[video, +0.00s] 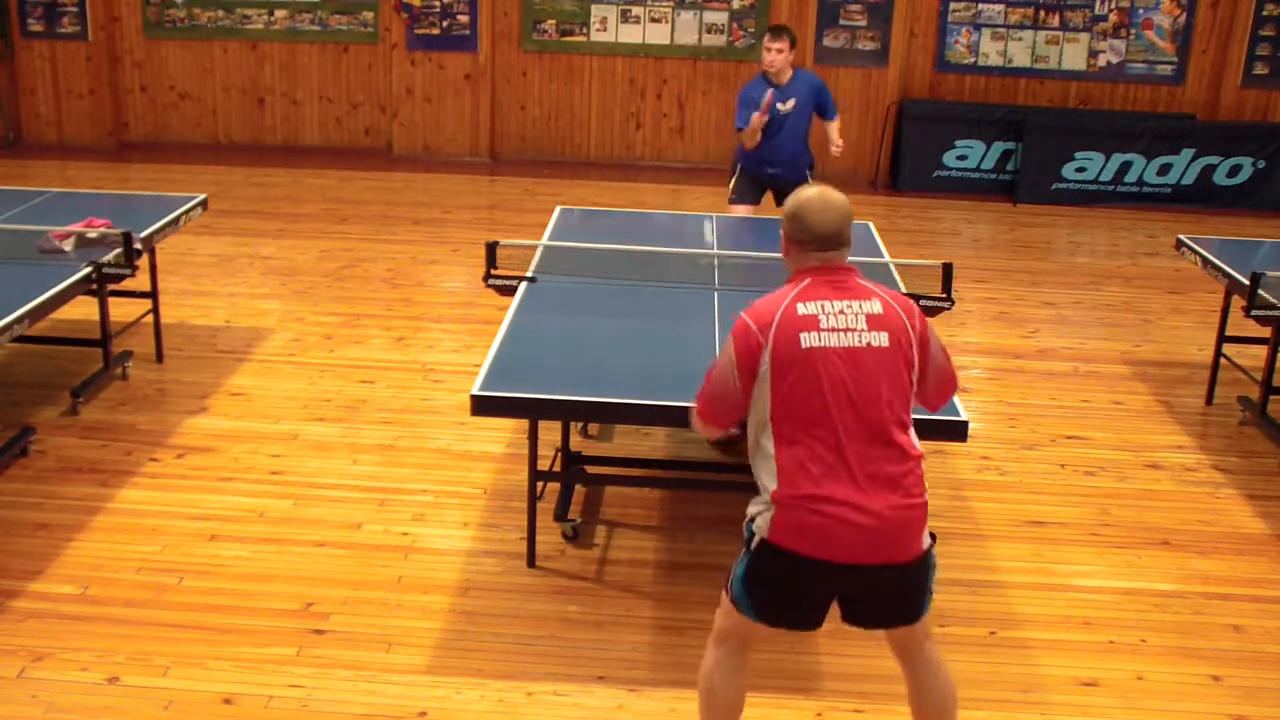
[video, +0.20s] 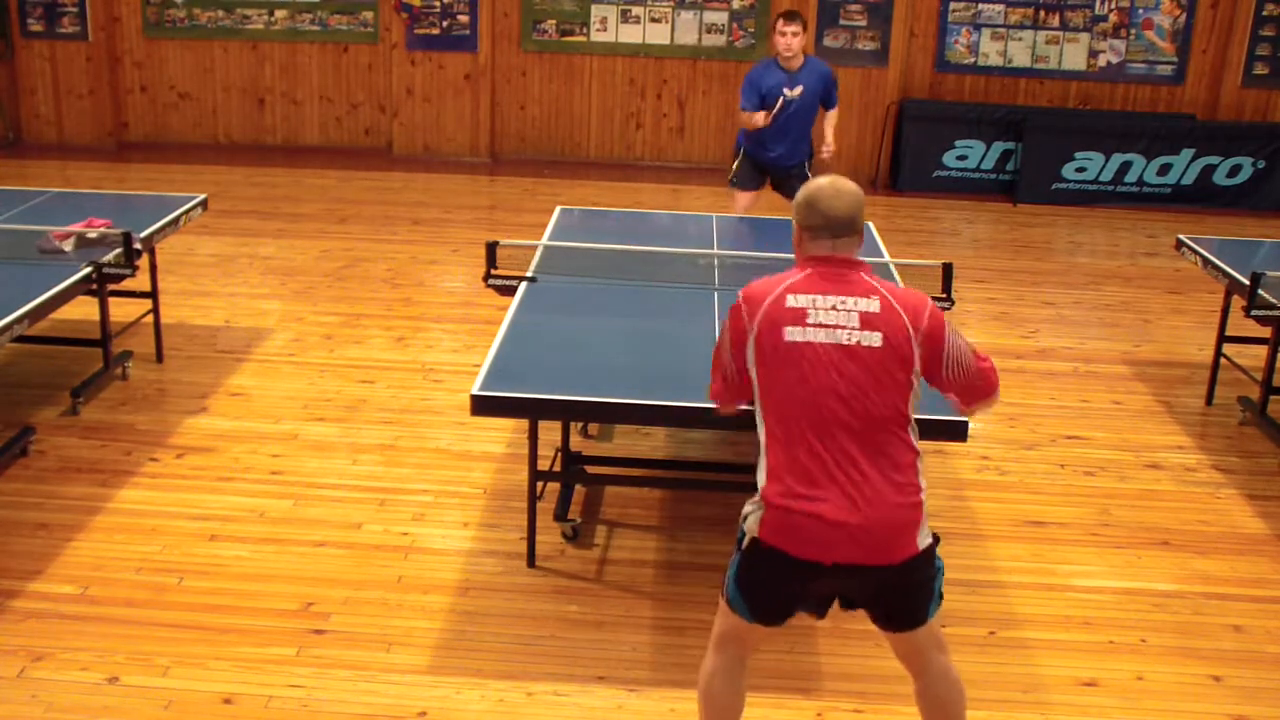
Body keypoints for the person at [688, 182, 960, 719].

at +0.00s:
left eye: (785, 232)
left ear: (786, 242)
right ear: (850, 241)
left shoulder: (762, 320)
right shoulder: (903, 312)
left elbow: (709, 421)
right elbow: (938, 391)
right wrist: (873, 371)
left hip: (798, 538)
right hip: (896, 542)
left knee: (729, 640)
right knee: (917, 646)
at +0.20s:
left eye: (793, 225)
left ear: (797, 233)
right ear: (864, 235)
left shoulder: (759, 301)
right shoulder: (909, 308)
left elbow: (729, 399)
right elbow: (980, 388)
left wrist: (790, 359)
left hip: (788, 537)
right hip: (890, 542)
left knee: (730, 642)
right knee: (928, 657)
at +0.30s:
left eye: (787, 220)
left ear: (790, 227)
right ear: (859, 229)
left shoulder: (749, 288)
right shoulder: (897, 302)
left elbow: (726, 380)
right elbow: (994, 389)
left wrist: (721, 378)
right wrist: (994, 416)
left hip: (779, 530)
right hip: (882, 535)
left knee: (730, 645)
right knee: (923, 657)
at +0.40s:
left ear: (792, 230)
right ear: (864, 232)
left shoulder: (751, 299)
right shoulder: (907, 308)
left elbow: (735, 416)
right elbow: (1000, 377)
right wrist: (1003, 412)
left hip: (776, 534)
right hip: (880, 541)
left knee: (731, 647)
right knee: (921, 676)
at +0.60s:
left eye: (813, 269)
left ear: (817, 281)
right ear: (886, 280)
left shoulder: (776, 364)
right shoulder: (941, 355)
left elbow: (747, 483)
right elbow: (1035, 407)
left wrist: (749, 515)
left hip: (809, 594)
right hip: (913, 600)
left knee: (733, 661)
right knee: (934, 706)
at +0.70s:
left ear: (817, 295)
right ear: (888, 296)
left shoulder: (773, 384)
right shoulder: (940, 377)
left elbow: (740, 494)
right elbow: (1031, 441)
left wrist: (763, 501)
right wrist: (1053, 465)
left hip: (811, 617)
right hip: (920, 623)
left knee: (734, 698)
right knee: (951, 708)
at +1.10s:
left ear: (822, 288)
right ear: (895, 290)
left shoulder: (780, 371)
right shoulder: (946, 370)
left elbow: (739, 486)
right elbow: (1016, 462)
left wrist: (763, 490)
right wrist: (995, 516)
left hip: (810, 619)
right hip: (922, 625)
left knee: (727, 706)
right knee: (939, 710)